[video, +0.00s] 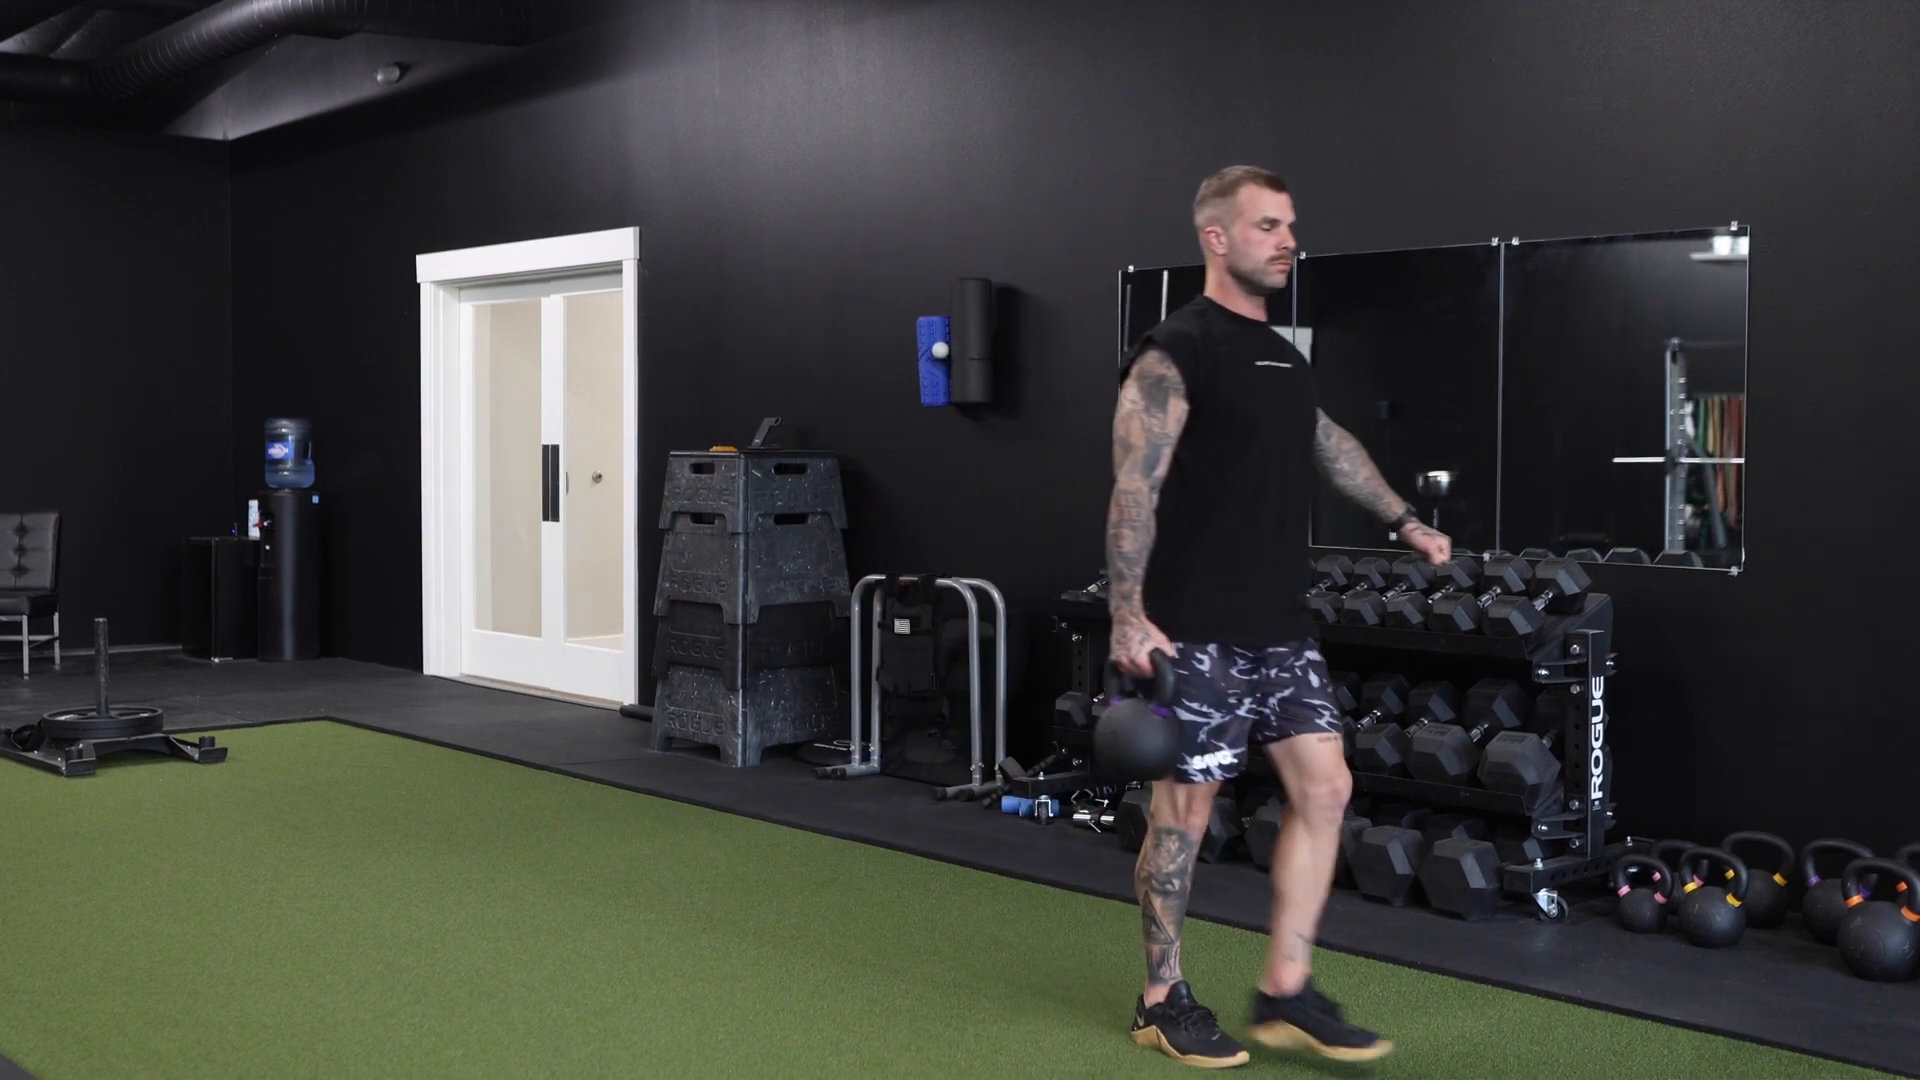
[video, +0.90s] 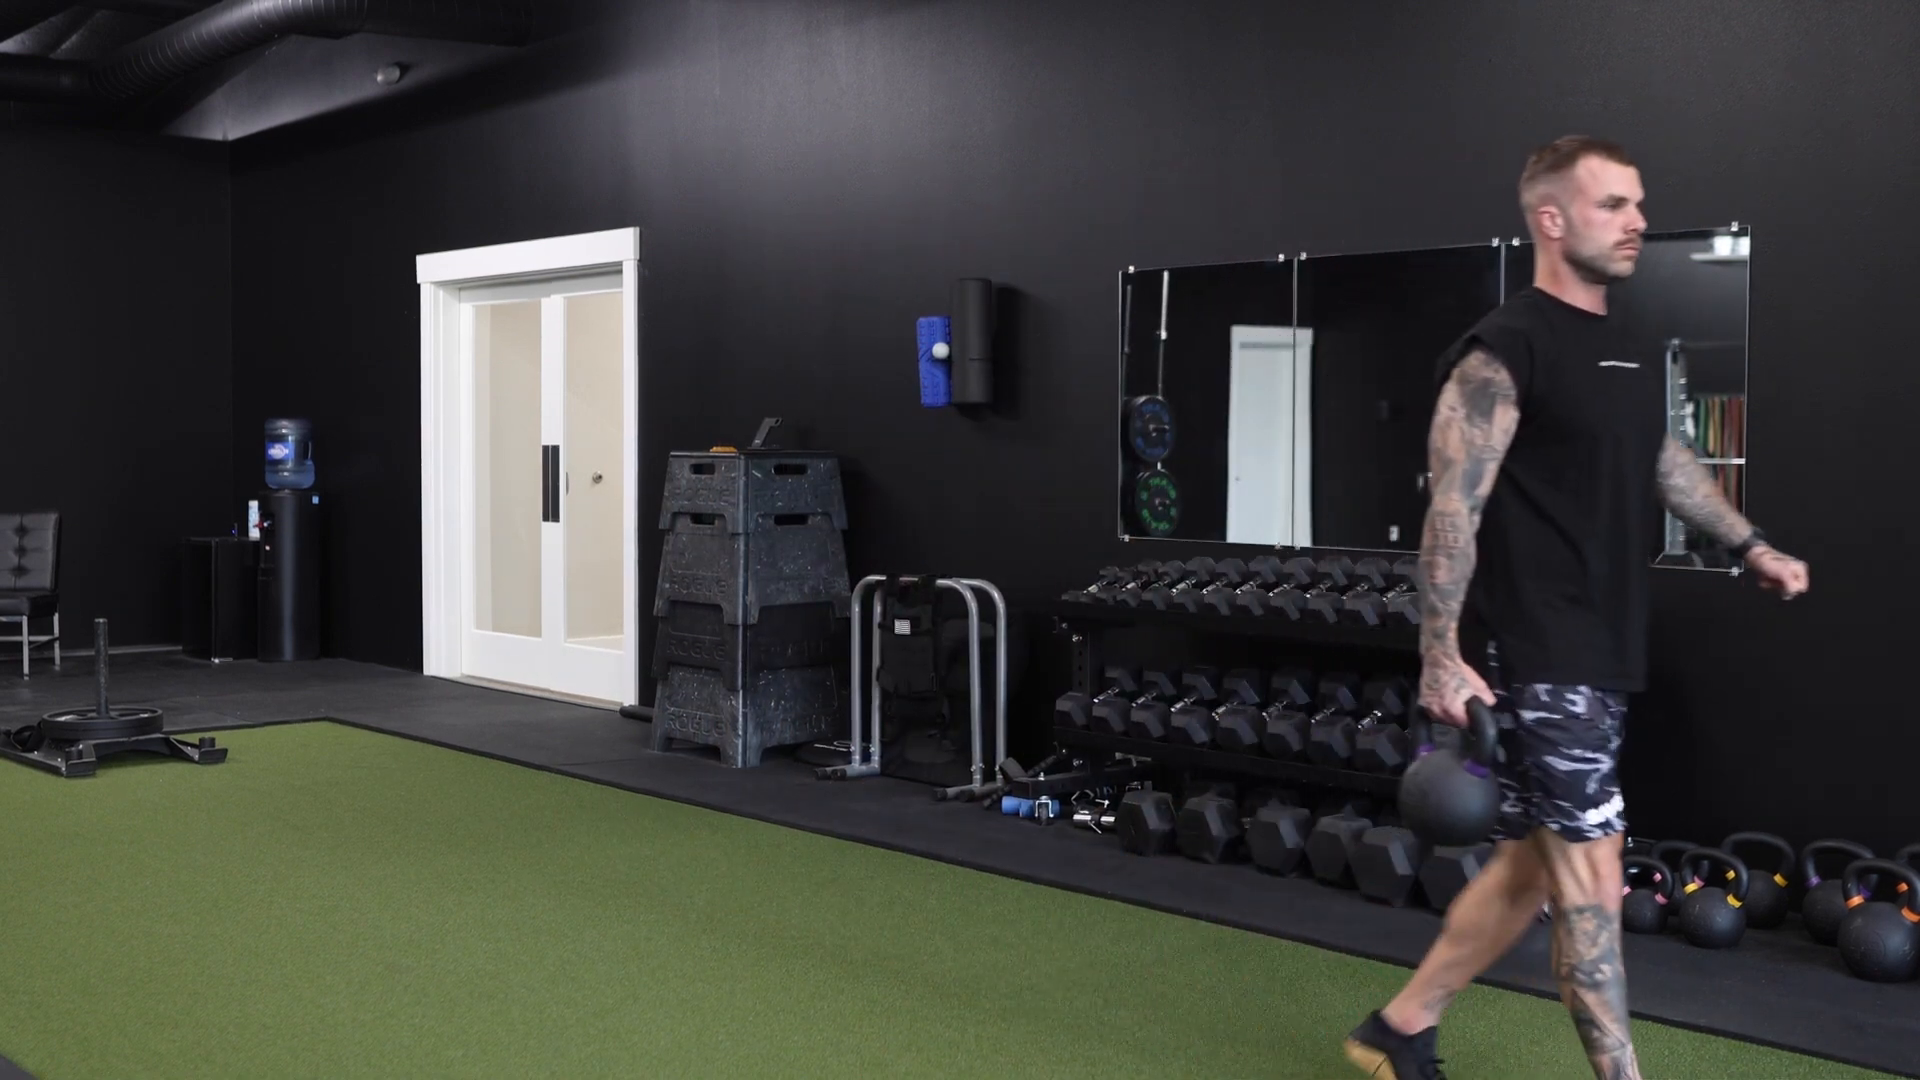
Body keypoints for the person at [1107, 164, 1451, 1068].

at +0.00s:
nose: (1287, 242)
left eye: (1290, 228)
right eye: (1267, 226)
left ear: (1283, 242)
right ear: (1213, 237)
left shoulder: (1283, 358)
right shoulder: (1172, 357)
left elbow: (1331, 445)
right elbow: (1134, 489)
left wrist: (1403, 517)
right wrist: (1126, 611)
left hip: (1282, 626)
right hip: (1196, 627)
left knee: (1323, 791)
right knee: (1183, 808)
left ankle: (1285, 992)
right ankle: (1162, 996)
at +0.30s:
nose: (1402, 242)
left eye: (1403, 227)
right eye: (1382, 226)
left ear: (1387, 240)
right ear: (1324, 238)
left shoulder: (1390, 360)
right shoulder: (1279, 360)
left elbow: (1429, 464)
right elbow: (1243, 494)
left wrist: (1503, 547)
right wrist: (1229, 622)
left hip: (1392, 644)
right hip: (1305, 643)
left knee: (1383, 832)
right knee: (1289, 838)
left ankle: (1364, 1042)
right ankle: (1179, 969)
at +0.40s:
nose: (1441, 238)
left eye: (1442, 223)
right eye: (1421, 221)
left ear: (1424, 236)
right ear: (1362, 232)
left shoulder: (1430, 360)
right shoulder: (1316, 356)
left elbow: (1469, 465)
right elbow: (1278, 495)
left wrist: (1543, 548)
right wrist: (1263, 624)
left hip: (1429, 642)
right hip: (1349, 641)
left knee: (1407, 847)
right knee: (1378, 845)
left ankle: (1367, 1044)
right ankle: (1235, 949)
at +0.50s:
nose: (1478, 232)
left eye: (1480, 217)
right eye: (1458, 216)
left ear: (1466, 232)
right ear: (1397, 228)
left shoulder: (1461, 354)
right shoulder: (1349, 351)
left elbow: (1506, 459)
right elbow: (1310, 494)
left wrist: (1584, 544)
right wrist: (1296, 626)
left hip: (1454, 633)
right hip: (1380, 633)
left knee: (1410, 845)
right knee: (1470, 821)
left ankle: (1370, 1038)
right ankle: (1319, 965)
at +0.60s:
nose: (1516, 229)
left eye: (1518, 213)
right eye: (1494, 213)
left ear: (1503, 227)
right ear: (1433, 225)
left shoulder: (1497, 356)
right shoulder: (1386, 351)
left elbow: (1546, 460)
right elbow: (1345, 497)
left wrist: (1627, 542)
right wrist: (1331, 632)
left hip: (1483, 635)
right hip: (1415, 634)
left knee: (1426, 854)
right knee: (1524, 815)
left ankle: (1363, 1048)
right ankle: (1439, 1022)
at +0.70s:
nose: (1555, 227)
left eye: (1556, 211)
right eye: (1534, 211)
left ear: (1543, 226)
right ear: (1471, 224)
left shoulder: (1532, 348)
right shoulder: (1423, 351)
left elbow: (1581, 459)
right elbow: (1381, 500)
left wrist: (1666, 543)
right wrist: (1367, 637)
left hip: (1518, 640)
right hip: (1449, 641)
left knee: (1438, 854)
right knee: (1540, 843)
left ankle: (1366, 1046)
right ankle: (1563, 1067)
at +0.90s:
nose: (1636, 223)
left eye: (1637, 206)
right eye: (1612, 205)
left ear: (1622, 220)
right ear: (1548, 220)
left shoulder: (1620, 352)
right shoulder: (1501, 351)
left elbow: (1669, 464)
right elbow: (1451, 505)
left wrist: (1748, 545)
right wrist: (1439, 646)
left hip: (1605, 654)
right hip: (1536, 657)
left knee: (1533, 867)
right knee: (1590, 882)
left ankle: (1400, 1024)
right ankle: (1619, 1072)